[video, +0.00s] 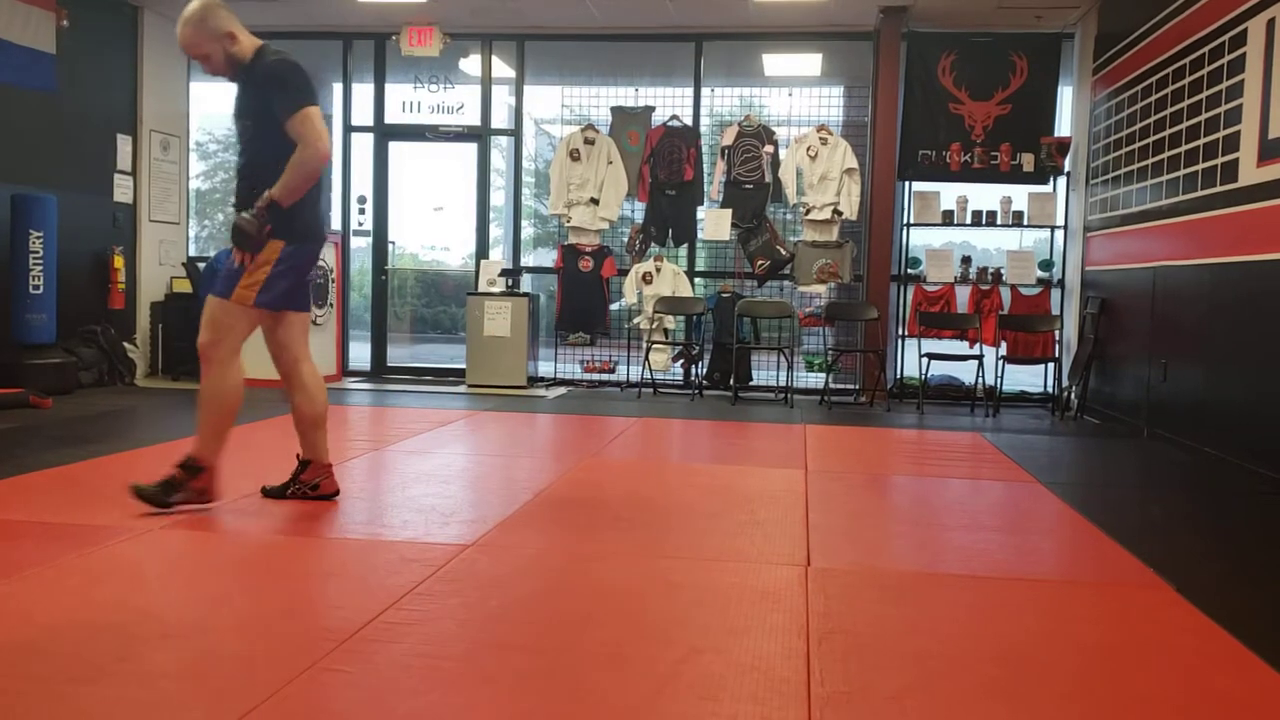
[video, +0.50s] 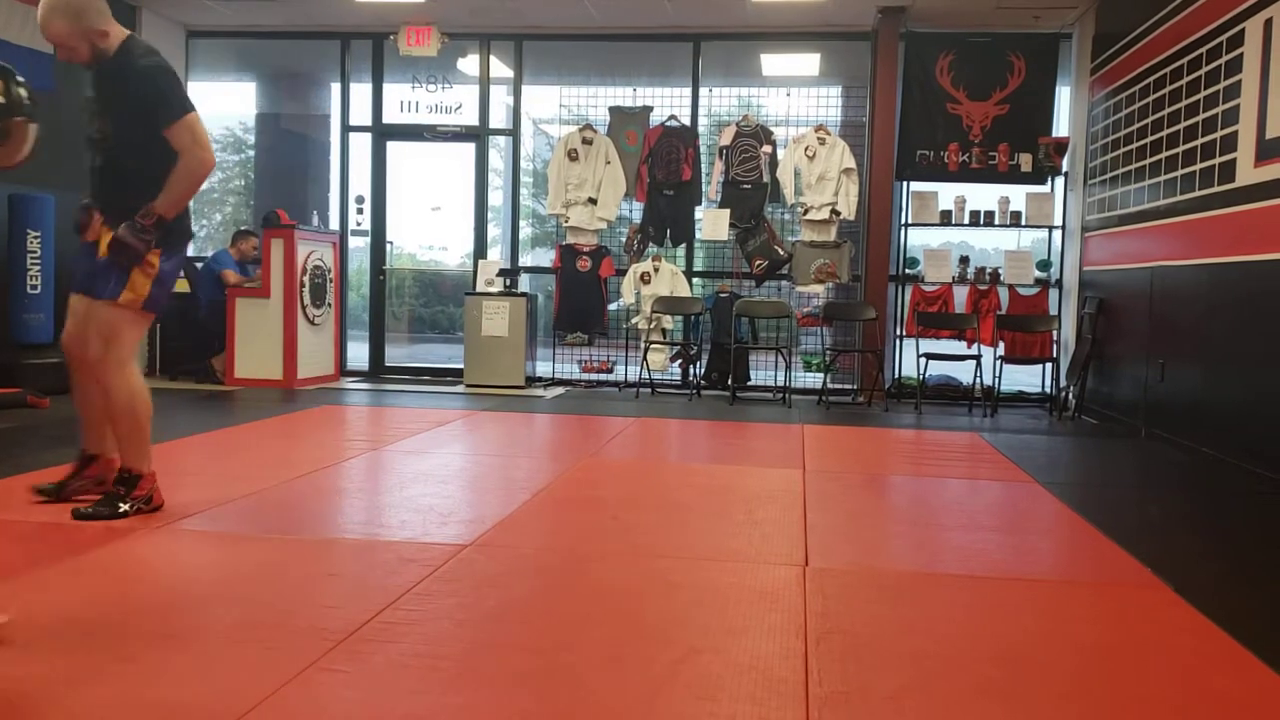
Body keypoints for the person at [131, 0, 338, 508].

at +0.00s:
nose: (204, 69)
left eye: (202, 58)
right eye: (198, 62)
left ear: (228, 38)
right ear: (225, 42)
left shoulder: (276, 71)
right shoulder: (259, 78)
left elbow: (315, 150)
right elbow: (279, 156)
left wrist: (264, 210)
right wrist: (251, 212)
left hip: (276, 235)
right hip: (287, 234)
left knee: (216, 344)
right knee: (293, 356)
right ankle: (317, 472)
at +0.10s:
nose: (172, 74)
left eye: (171, 63)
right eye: (166, 66)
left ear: (198, 44)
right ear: (195, 47)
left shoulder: (243, 78)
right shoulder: (227, 82)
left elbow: (287, 157)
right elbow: (253, 161)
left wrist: (240, 222)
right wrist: (229, 224)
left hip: (248, 244)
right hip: (256, 240)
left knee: (194, 358)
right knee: (272, 358)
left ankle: (151, 480)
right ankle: (315, 470)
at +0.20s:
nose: (134, 73)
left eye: (132, 61)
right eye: (128, 64)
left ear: (157, 41)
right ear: (155, 42)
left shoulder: (205, 74)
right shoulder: (191, 76)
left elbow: (249, 159)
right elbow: (219, 159)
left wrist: (203, 221)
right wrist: (191, 220)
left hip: (216, 240)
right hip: (221, 237)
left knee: (165, 356)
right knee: (220, 353)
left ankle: (143, 483)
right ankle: (293, 449)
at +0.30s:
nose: (102, 68)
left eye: (100, 56)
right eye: (96, 60)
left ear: (125, 38)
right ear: (126, 36)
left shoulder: (172, 67)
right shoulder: (158, 69)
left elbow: (217, 155)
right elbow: (189, 156)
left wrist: (172, 217)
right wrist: (160, 214)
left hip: (192, 236)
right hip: (190, 232)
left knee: (145, 353)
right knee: (168, 343)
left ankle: (141, 483)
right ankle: (244, 427)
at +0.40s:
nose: (77, 59)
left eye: (73, 47)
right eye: (69, 50)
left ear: (100, 29)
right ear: (104, 25)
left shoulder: (154, 63)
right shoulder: (130, 64)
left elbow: (206, 149)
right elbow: (147, 148)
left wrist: (158, 218)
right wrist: (129, 208)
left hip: (171, 232)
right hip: (143, 226)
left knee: (140, 348)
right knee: (110, 329)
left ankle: (142, 482)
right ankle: (176, 435)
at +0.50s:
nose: (60, 56)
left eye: (61, 45)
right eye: (55, 47)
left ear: (91, 30)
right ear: (90, 27)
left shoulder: (145, 67)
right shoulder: (107, 69)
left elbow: (199, 156)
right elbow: (123, 151)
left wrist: (148, 223)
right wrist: (98, 204)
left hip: (149, 237)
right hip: (110, 228)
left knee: (112, 352)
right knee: (77, 342)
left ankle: (140, 484)